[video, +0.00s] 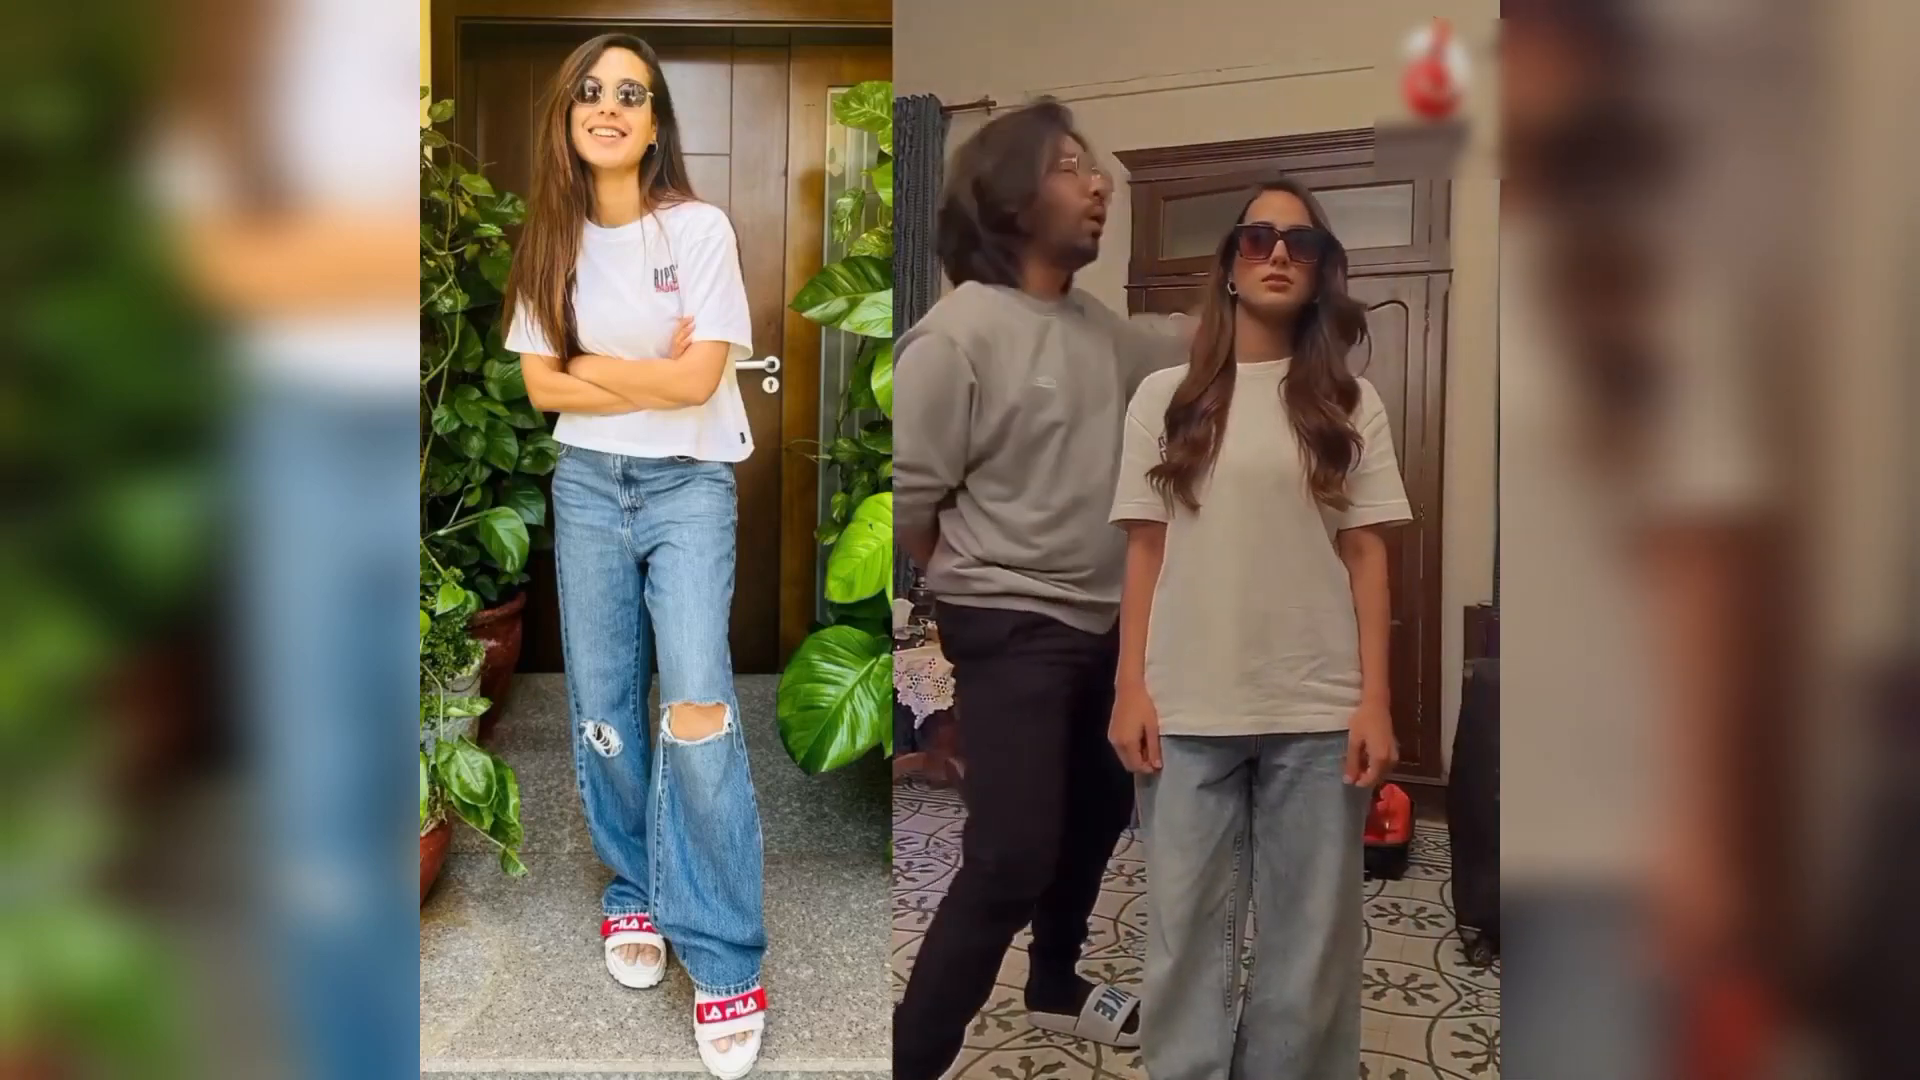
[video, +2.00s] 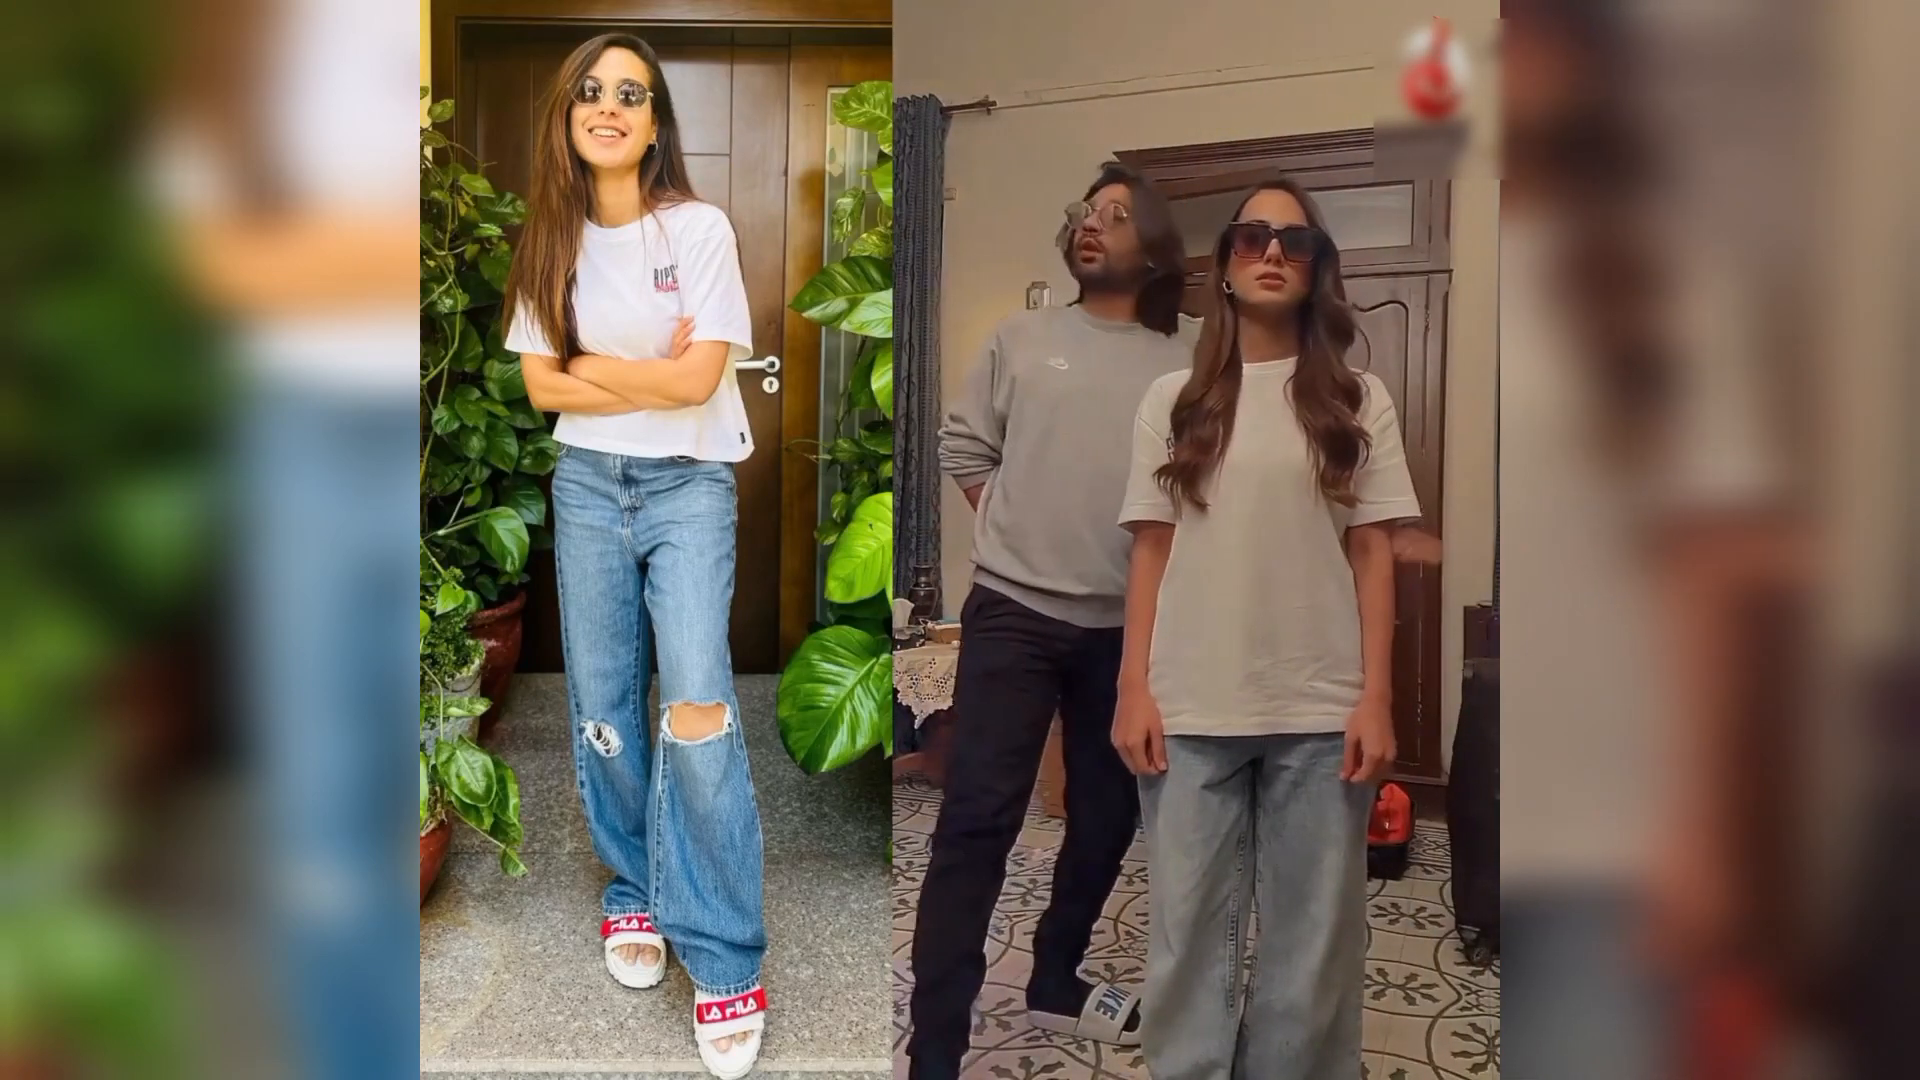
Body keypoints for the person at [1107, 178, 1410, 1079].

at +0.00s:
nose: (1278, 252)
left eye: (1299, 241)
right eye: (1259, 239)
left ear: (1324, 269)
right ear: (1228, 265)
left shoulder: (1351, 400)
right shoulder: (1167, 395)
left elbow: (1366, 556)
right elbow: (1145, 551)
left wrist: (1374, 701)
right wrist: (1131, 683)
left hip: (1319, 715)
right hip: (1187, 714)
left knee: (1310, 955)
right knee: (1179, 944)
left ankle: (1286, 1072)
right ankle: (1183, 1068)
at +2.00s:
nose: (1272, 252)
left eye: (1294, 241)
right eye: (1253, 238)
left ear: (1318, 269)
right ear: (1225, 264)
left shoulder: (1358, 396)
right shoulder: (1174, 396)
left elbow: (1373, 555)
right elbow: (1150, 548)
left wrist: (1375, 699)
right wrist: (1134, 684)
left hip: (1324, 717)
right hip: (1191, 716)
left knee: (1312, 959)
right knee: (1184, 949)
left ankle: (1289, 1074)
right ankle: (1186, 1070)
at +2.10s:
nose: (1264, 254)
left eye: (1286, 243)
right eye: (1244, 241)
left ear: (1311, 269)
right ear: (1218, 267)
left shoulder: (1359, 395)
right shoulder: (1178, 398)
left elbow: (1374, 555)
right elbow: (1152, 551)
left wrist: (1372, 696)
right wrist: (1132, 686)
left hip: (1322, 716)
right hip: (1190, 715)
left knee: (1312, 955)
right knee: (1183, 945)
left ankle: (1293, 1073)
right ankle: (1185, 1069)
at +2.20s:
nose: (1272, 253)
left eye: (1293, 242)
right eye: (1252, 239)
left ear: (1317, 270)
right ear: (1223, 266)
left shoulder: (1354, 395)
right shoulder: (1176, 395)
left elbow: (1371, 554)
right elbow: (1151, 550)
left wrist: (1374, 699)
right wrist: (1135, 683)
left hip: (1323, 718)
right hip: (1191, 715)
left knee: (1312, 956)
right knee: (1182, 945)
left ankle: (1291, 1074)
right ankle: (1185, 1069)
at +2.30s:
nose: (1280, 252)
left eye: (1300, 241)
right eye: (1260, 239)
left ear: (1324, 269)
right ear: (1227, 266)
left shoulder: (1353, 398)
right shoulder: (1173, 394)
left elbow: (1371, 555)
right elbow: (1149, 548)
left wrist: (1377, 699)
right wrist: (1134, 684)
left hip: (1322, 719)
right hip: (1190, 717)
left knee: (1310, 960)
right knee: (1183, 951)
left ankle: (1290, 1074)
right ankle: (1185, 1069)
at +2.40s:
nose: (1278, 254)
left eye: (1299, 243)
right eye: (1258, 240)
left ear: (1322, 271)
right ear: (1228, 265)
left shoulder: (1353, 397)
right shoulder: (1170, 394)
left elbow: (1370, 554)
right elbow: (1149, 548)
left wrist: (1375, 699)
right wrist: (1133, 683)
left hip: (1322, 718)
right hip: (1190, 717)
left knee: (1311, 953)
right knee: (1184, 942)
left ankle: (1290, 1073)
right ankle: (1186, 1069)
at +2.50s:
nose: (1267, 252)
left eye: (1290, 242)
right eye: (1247, 240)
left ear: (1314, 270)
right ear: (1221, 268)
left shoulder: (1353, 394)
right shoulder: (1171, 397)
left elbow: (1371, 552)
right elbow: (1148, 552)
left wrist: (1373, 699)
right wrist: (1132, 687)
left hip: (1321, 718)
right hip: (1188, 718)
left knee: (1310, 955)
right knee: (1183, 945)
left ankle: (1289, 1074)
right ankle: (1184, 1071)